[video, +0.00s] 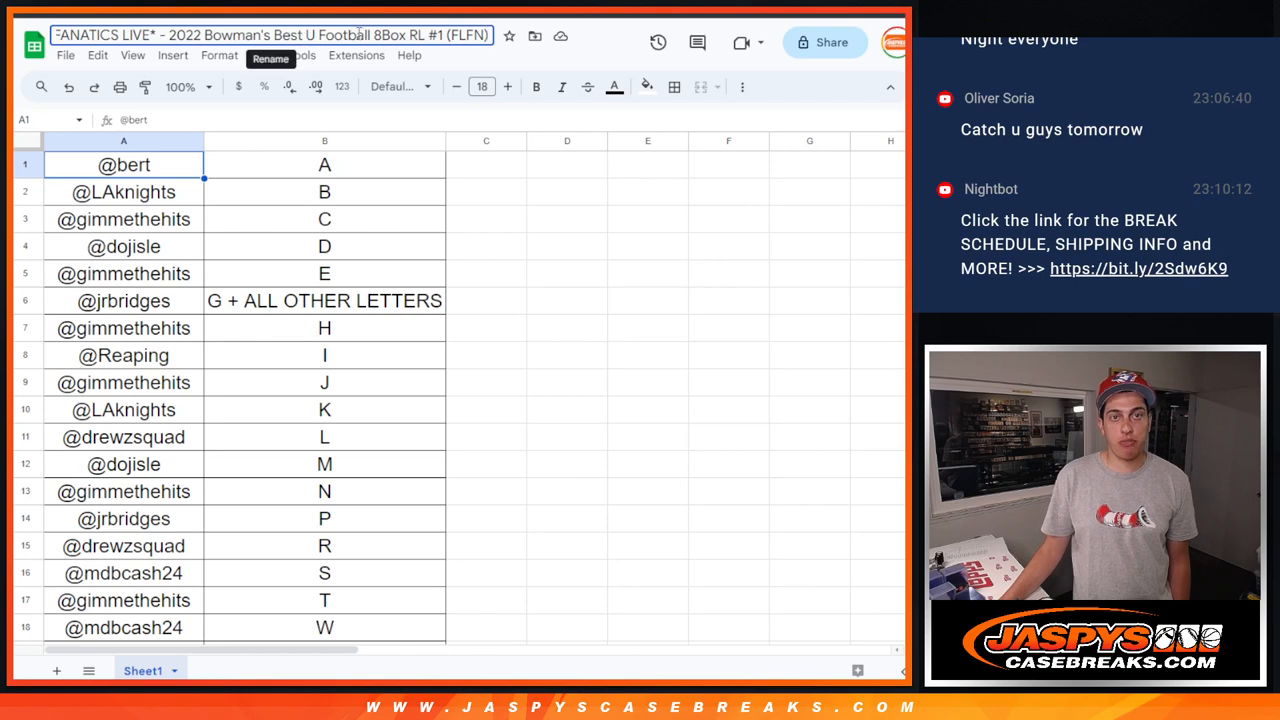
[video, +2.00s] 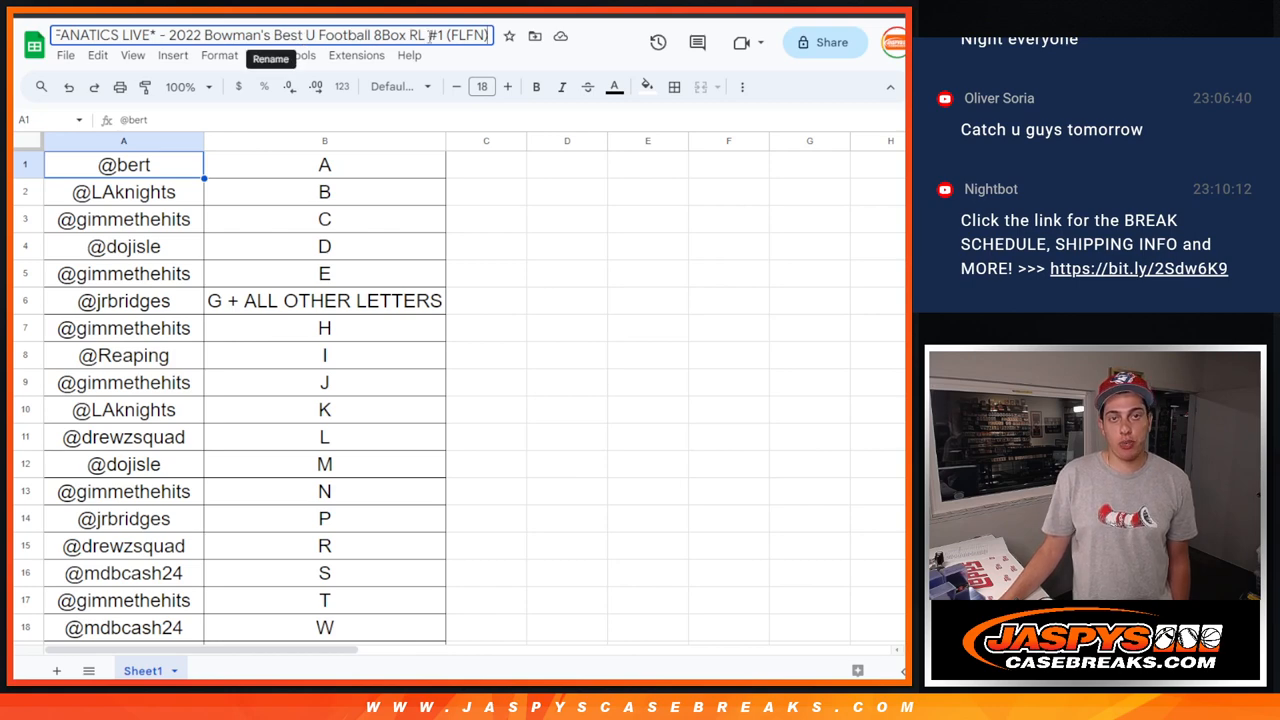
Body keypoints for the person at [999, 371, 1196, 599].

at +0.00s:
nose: (1127, 428)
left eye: (1137, 415)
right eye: (1115, 416)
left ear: (1149, 421)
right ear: (1101, 425)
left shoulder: (1175, 481)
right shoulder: (1073, 476)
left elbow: (1179, 557)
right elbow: (1051, 549)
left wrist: (1180, 611)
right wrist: (1007, 599)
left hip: (1153, 607)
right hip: (1090, 607)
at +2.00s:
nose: (1125, 429)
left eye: (1135, 416)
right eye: (1114, 417)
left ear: (1149, 421)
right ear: (1101, 425)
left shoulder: (1175, 481)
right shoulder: (1074, 475)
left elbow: (1179, 556)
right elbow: (1051, 549)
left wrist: (1179, 610)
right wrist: (1007, 599)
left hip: (1153, 607)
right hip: (1090, 606)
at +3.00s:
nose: (1126, 427)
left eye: (1136, 415)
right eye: (1114, 417)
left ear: (1150, 422)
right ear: (1102, 425)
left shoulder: (1175, 481)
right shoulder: (1074, 476)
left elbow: (1179, 558)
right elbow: (1051, 549)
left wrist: (1179, 611)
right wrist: (1007, 600)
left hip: (1153, 608)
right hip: (1090, 608)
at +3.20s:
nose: (1126, 428)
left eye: (1136, 415)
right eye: (1114, 417)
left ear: (1150, 421)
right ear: (1102, 425)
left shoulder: (1176, 481)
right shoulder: (1074, 476)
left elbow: (1179, 557)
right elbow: (1052, 549)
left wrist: (1180, 610)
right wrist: (1007, 600)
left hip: (1153, 607)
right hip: (1090, 608)